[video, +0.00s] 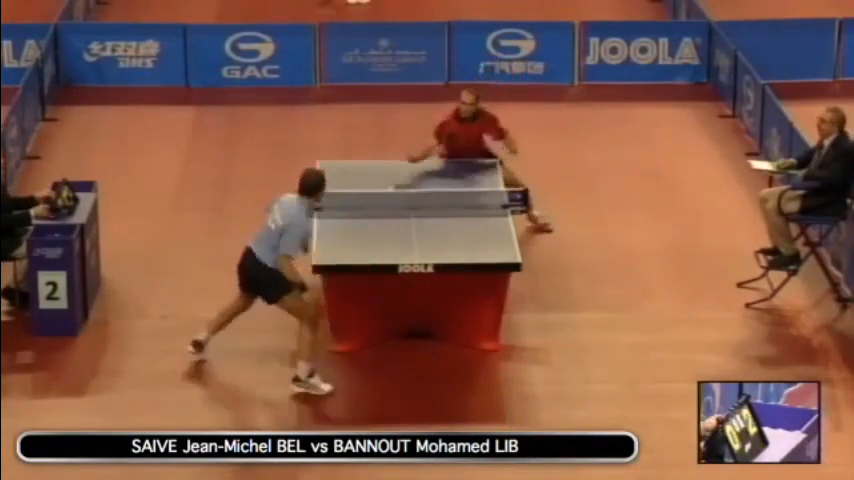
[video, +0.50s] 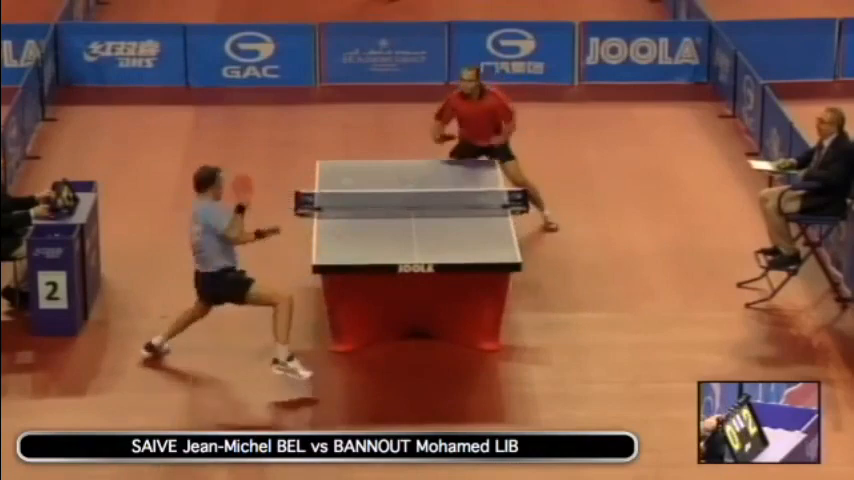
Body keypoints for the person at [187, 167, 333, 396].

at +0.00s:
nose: (324, 193)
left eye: (322, 189)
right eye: (323, 190)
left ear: (301, 186)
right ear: (319, 193)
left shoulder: (286, 199)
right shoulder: (300, 222)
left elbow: (270, 213)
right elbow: (283, 259)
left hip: (249, 258)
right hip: (266, 271)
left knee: (242, 302)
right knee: (309, 315)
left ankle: (203, 338)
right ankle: (304, 375)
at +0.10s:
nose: (312, 212)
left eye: (312, 208)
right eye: (310, 208)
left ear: (292, 206)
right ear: (301, 211)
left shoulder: (283, 224)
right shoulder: (275, 231)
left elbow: (272, 244)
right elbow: (236, 258)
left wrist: (286, 252)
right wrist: (234, 294)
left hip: (248, 286)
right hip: (255, 290)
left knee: (217, 316)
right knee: (299, 319)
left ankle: (175, 341)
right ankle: (302, 377)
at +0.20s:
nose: (288, 221)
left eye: (287, 217)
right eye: (288, 217)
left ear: (270, 210)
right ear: (283, 218)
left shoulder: (266, 231)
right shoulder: (252, 234)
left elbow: (249, 254)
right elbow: (209, 246)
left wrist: (262, 263)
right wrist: (205, 281)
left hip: (233, 289)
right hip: (240, 293)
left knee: (214, 321)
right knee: (289, 321)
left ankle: (165, 343)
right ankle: (301, 378)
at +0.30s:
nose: (251, 215)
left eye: (252, 211)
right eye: (251, 210)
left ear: (236, 205)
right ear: (244, 209)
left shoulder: (233, 225)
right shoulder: (216, 225)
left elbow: (233, 249)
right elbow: (184, 246)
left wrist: (249, 260)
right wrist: (202, 257)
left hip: (221, 286)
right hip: (225, 288)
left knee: (209, 320)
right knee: (275, 322)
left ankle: (161, 343)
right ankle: (297, 376)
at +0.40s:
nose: (233, 200)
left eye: (233, 195)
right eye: (231, 195)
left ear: (215, 195)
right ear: (223, 196)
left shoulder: (219, 218)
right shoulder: (203, 223)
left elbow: (229, 245)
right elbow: (199, 261)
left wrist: (256, 253)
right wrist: (219, 248)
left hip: (218, 281)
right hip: (219, 283)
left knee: (206, 317)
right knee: (274, 313)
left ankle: (161, 343)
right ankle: (290, 370)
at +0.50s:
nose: (223, 187)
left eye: (221, 182)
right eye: (220, 183)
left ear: (200, 186)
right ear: (213, 186)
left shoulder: (199, 210)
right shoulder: (210, 210)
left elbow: (229, 235)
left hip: (204, 280)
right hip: (223, 280)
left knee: (199, 309)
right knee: (282, 300)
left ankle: (158, 342)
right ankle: (282, 357)